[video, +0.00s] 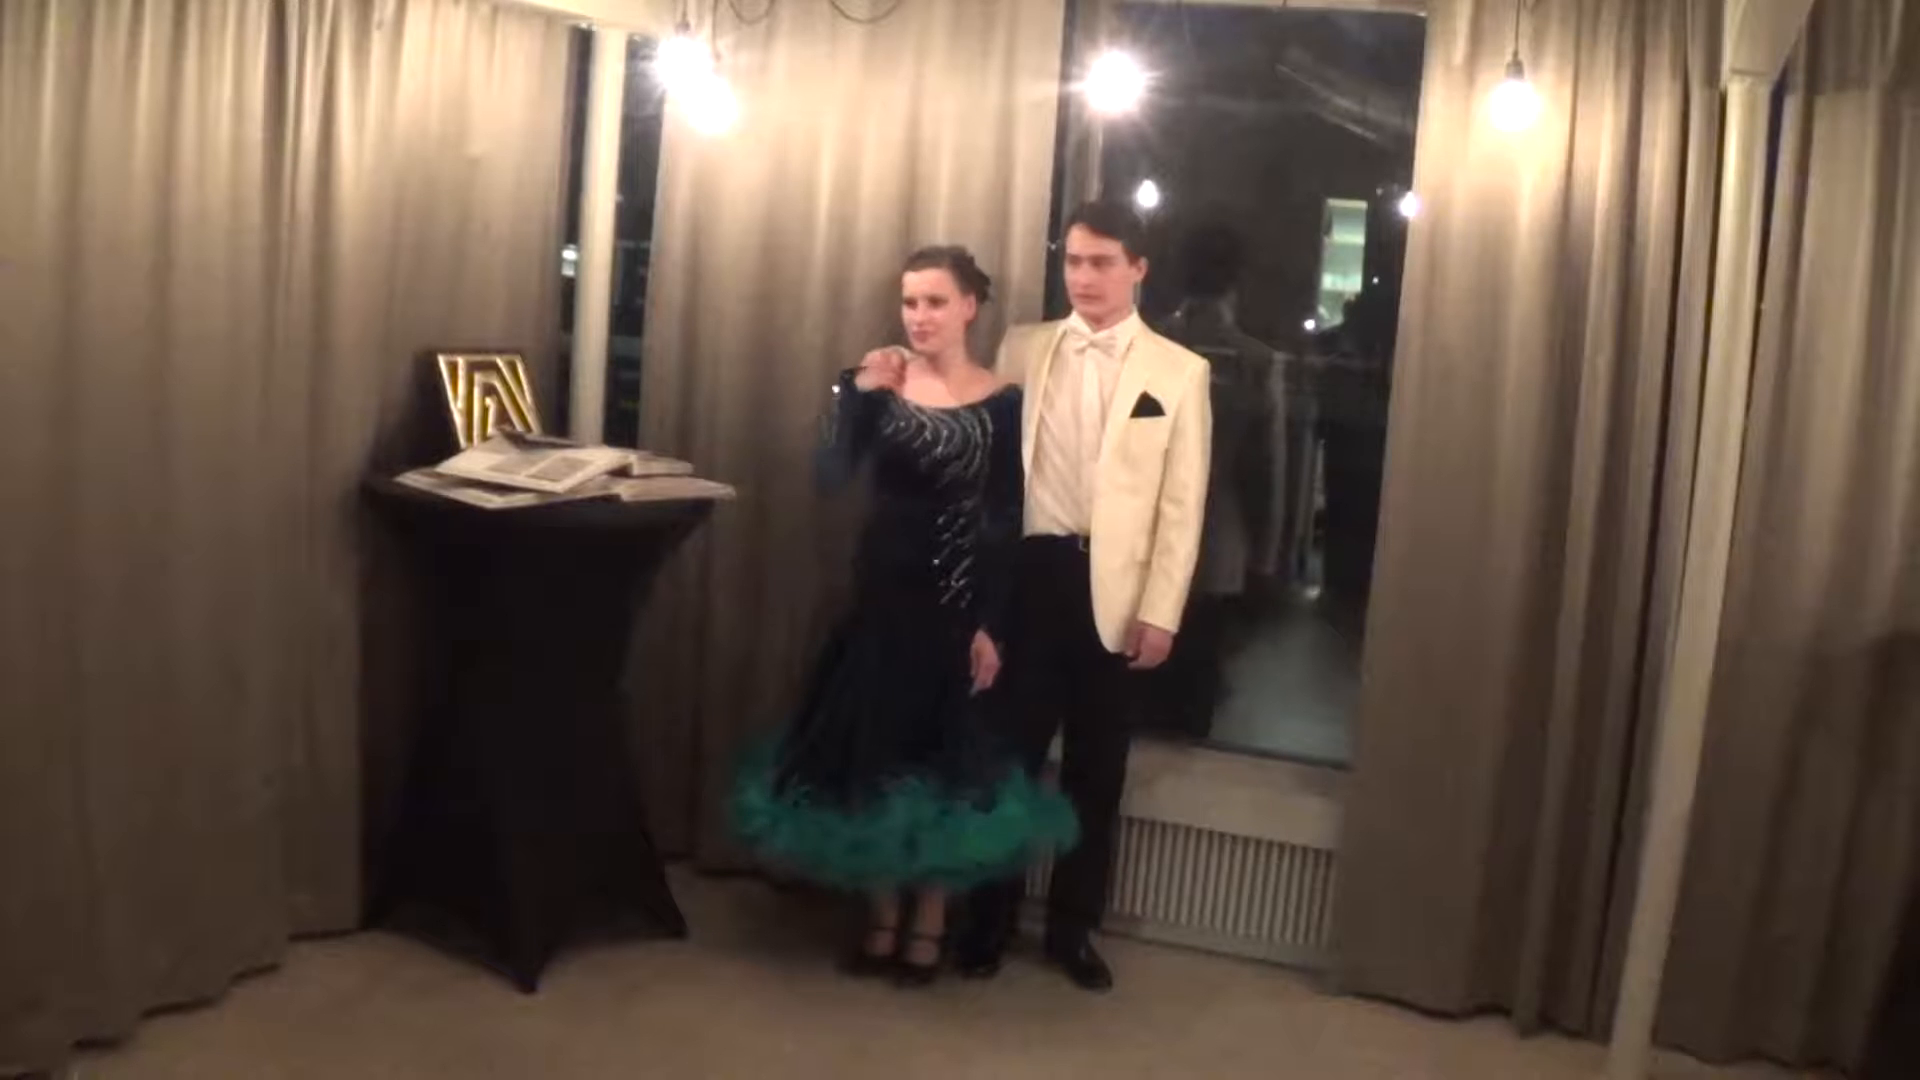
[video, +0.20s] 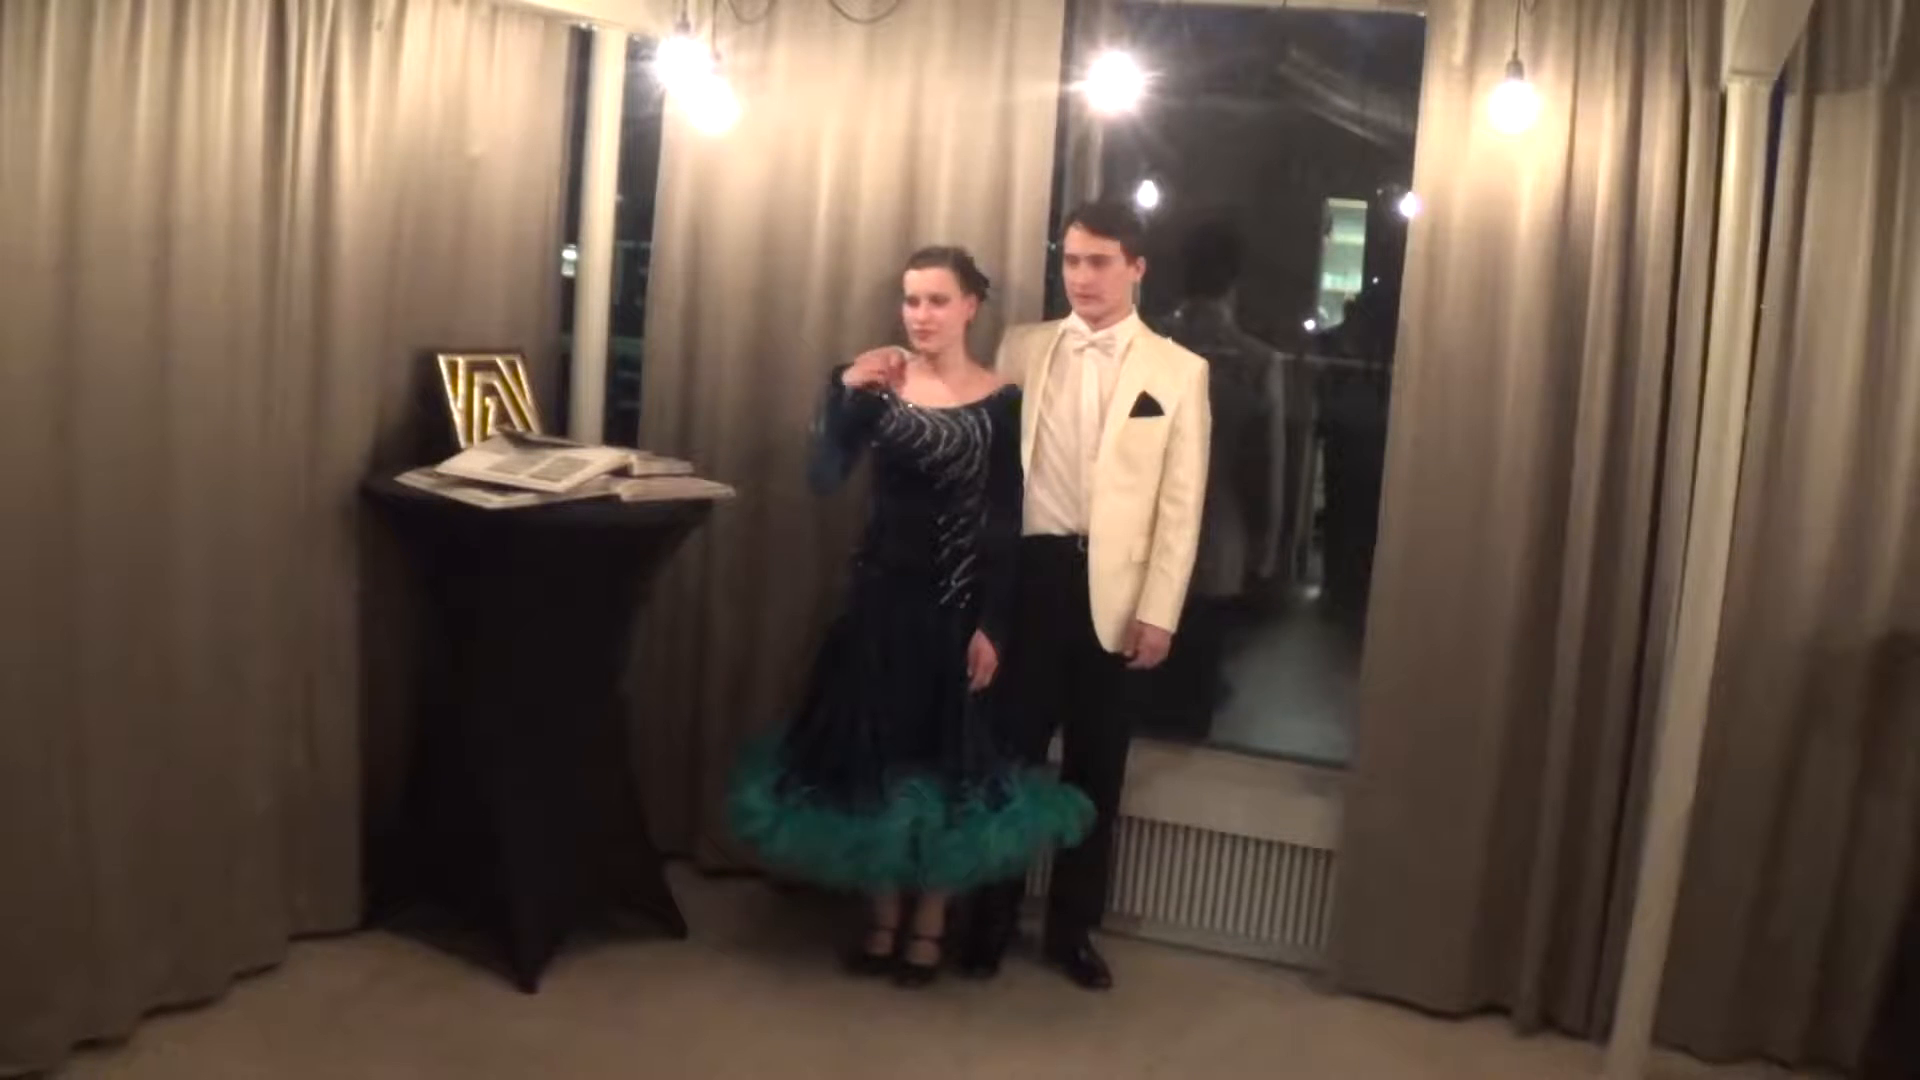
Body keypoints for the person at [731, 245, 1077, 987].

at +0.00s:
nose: (919, 316)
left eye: (935, 302)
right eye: (910, 302)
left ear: (973, 307)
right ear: (899, 309)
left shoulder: (1001, 400)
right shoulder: (884, 388)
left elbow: (1004, 520)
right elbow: (831, 477)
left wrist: (991, 623)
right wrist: (859, 391)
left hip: (960, 600)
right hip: (885, 591)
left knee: (944, 753)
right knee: (879, 748)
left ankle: (931, 908)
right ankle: (882, 905)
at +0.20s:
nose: (921, 315)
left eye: (937, 300)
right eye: (911, 300)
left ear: (973, 307)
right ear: (900, 308)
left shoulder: (1001, 400)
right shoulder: (883, 387)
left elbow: (1005, 521)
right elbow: (826, 474)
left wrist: (992, 624)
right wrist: (849, 390)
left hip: (960, 601)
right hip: (884, 593)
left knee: (947, 754)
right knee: (881, 748)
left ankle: (932, 912)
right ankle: (883, 906)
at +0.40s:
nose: (933, 313)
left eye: (948, 300)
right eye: (921, 299)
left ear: (974, 309)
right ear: (902, 308)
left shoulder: (999, 398)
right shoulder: (880, 387)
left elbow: (1004, 519)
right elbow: (819, 474)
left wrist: (992, 622)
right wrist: (838, 391)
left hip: (961, 597)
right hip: (885, 588)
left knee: (947, 751)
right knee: (882, 746)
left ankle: (931, 911)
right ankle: (883, 906)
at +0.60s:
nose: (943, 314)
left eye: (956, 301)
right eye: (929, 300)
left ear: (976, 310)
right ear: (903, 308)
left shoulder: (998, 399)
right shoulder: (880, 389)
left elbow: (1005, 517)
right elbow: (811, 473)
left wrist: (994, 620)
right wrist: (832, 392)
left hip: (962, 598)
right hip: (887, 590)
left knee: (949, 752)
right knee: (884, 747)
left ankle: (932, 910)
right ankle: (884, 905)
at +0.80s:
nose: (950, 314)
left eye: (961, 301)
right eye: (935, 301)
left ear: (977, 309)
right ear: (902, 308)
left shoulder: (997, 395)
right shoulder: (879, 386)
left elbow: (1006, 513)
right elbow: (810, 473)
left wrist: (998, 619)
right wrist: (829, 391)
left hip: (961, 596)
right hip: (887, 587)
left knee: (942, 749)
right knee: (882, 745)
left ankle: (921, 911)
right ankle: (881, 908)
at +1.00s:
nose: (958, 318)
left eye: (967, 304)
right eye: (941, 305)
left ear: (980, 311)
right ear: (905, 312)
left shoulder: (997, 397)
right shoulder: (879, 389)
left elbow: (1007, 515)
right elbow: (814, 475)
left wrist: (999, 620)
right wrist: (832, 396)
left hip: (962, 598)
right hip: (888, 591)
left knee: (945, 753)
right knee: (884, 748)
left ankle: (923, 915)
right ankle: (882, 910)